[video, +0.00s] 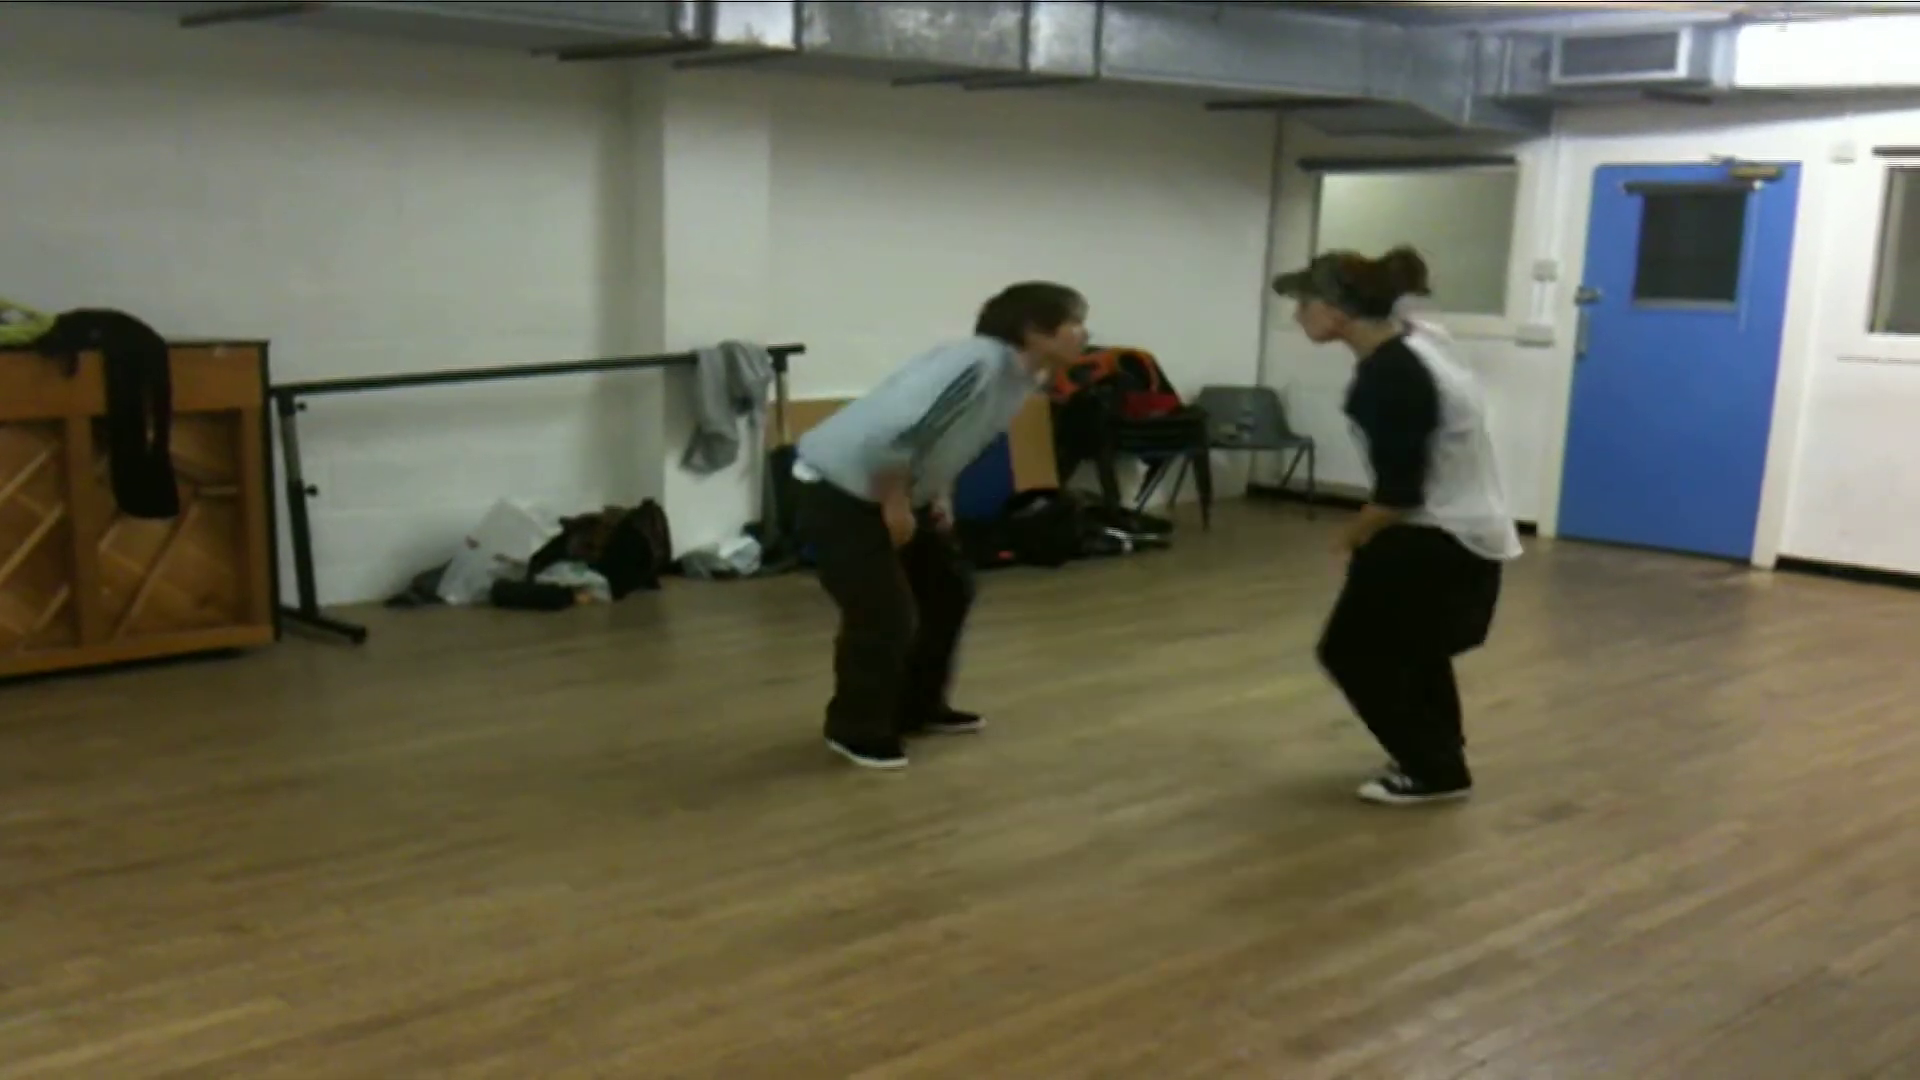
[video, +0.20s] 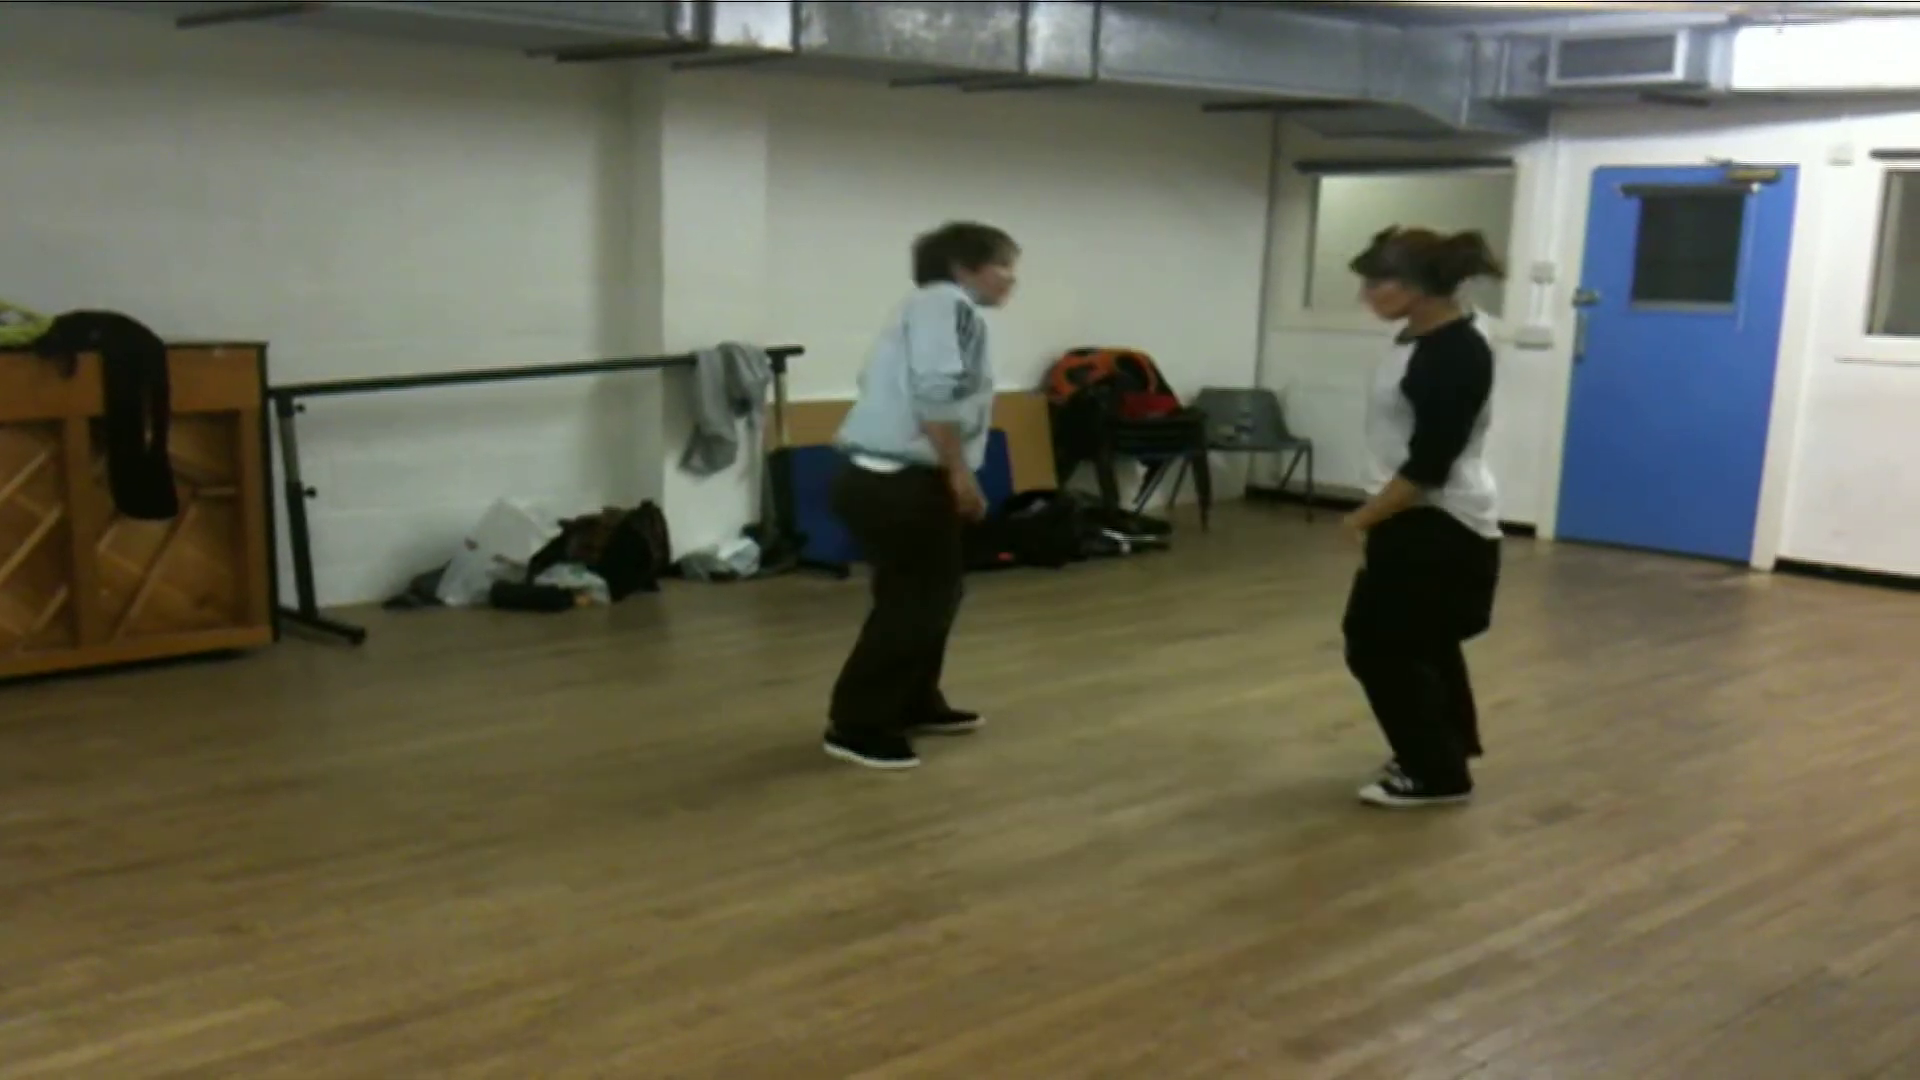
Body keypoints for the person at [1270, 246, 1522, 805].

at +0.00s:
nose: (1299, 317)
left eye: (1306, 305)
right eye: (1300, 305)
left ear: (1338, 309)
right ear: (1352, 305)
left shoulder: (1390, 373)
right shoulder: (1414, 349)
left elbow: (1398, 494)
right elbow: (1412, 484)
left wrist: (1354, 534)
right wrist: (1367, 529)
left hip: (1435, 542)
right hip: (1461, 537)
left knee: (1348, 650)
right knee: (1413, 649)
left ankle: (1429, 767)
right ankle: (1438, 761)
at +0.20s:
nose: (1367, 295)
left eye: (1376, 285)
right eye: (1367, 284)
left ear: (1413, 286)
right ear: (1415, 286)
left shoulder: (1456, 352)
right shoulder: (1422, 340)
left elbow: (1429, 463)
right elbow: (1420, 448)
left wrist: (1370, 513)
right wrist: (1382, 506)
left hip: (1442, 526)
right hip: (1420, 519)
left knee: (1376, 643)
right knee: (1423, 640)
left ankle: (1436, 771)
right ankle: (1437, 753)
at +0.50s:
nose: (1339, 321)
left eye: (1347, 308)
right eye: (1340, 309)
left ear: (1376, 310)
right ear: (1388, 312)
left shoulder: (1403, 358)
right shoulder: (1428, 359)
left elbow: (1411, 446)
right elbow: (1418, 454)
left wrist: (1396, 515)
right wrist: (1402, 514)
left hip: (1467, 534)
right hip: (1486, 536)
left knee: (1343, 646)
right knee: (1404, 647)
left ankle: (1379, 767)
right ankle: (1441, 755)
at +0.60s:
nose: (1318, 371)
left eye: (1326, 359)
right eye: (1321, 360)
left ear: (1355, 361)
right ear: (1369, 363)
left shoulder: (1368, 395)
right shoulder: (1411, 398)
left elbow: (1368, 486)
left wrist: (1391, 547)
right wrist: (1401, 545)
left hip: (1464, 551)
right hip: (1494, 551)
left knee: (1317, 661)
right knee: (1393, 647)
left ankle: (1372, 772)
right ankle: (1437, 757)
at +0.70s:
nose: (1343, 366)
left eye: (1350, 356)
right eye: (1345, 355)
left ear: (1373, 356)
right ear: (1413, 353)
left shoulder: (1357, 390)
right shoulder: (1465, 397)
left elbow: (1315, 468)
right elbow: (1537, 489)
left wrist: (1352, 534)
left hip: (1443, 543)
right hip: (1518, 546)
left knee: (1321, 649)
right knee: (1431, 635)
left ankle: (1374, 771)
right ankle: (1444, 758)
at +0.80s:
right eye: (1467, 311)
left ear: (1408, 311)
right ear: (1474, 317)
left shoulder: (1371, 363)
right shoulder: (1504, 373)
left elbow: (1305, 443)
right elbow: (1542, 464)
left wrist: (1354, 495)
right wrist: (1487, 497)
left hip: (1392, 550)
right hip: (1488, 557)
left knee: (1381, 664)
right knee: (1472, 662)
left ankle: (1403, 779)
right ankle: (1457, 767)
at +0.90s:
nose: (1524, 324)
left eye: (1525, 313)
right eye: (1518, 312)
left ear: (1451, 314)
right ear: (1489, 315)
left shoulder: (1383, 367)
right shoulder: (1507, 379)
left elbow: (1348, 450)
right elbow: (1506, 472)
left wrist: (1376, 495)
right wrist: (1482, 515)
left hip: (1357, 544)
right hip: (1448, 552)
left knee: (1436, 647)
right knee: (1503, 663)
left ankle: (1443, 771)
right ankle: (1396, 745)